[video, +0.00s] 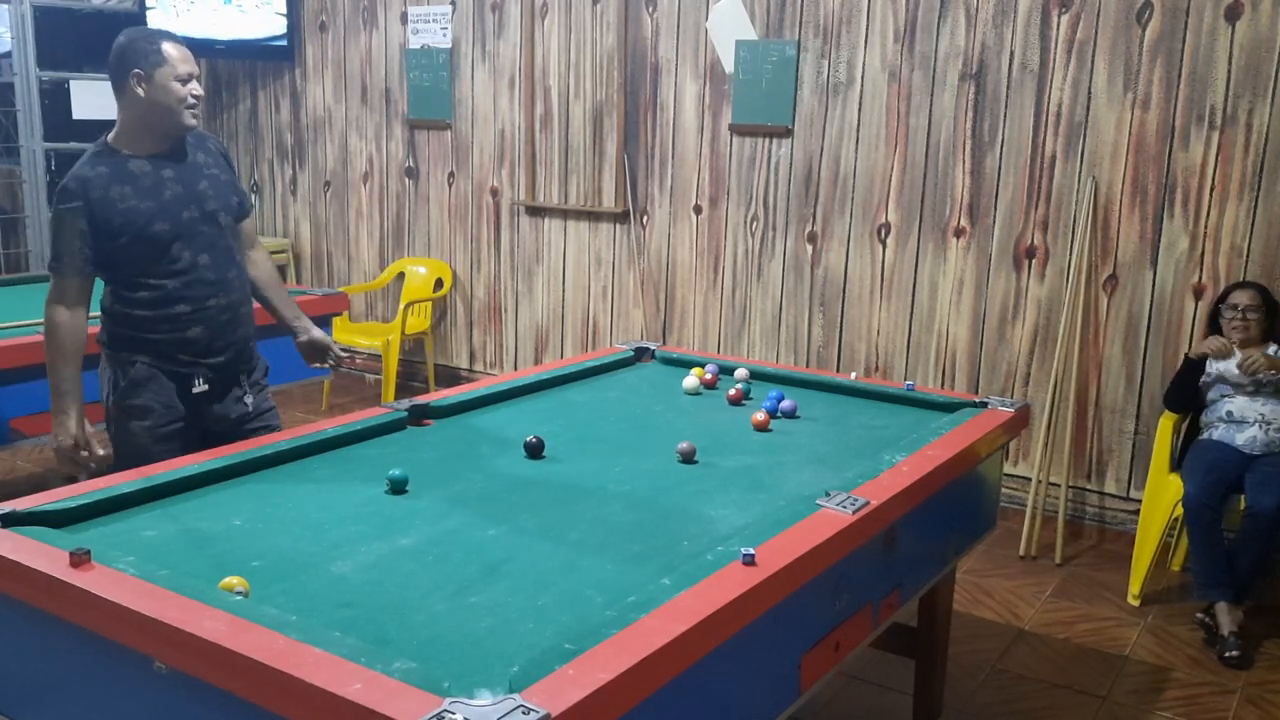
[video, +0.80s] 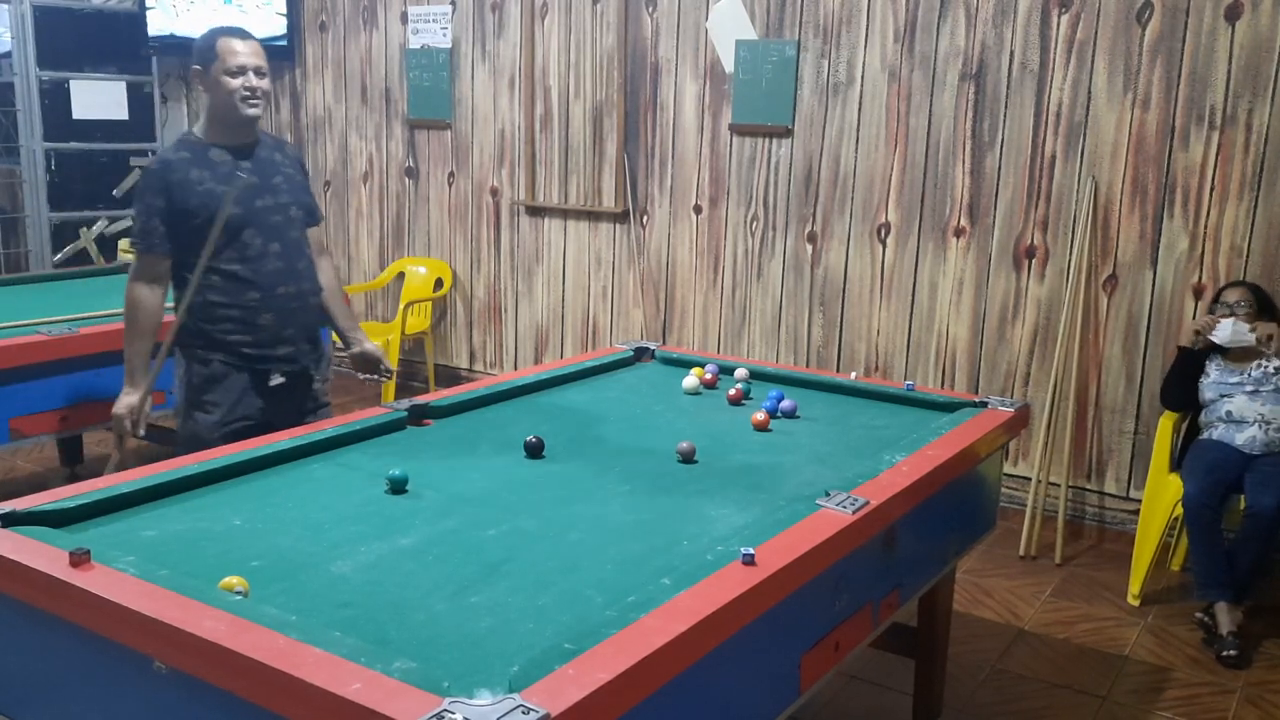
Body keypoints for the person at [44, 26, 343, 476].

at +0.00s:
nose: (198, 93)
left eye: (198, 81)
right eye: (184, 80)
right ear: (138, 84)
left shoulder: (210, 154)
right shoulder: (87, 185)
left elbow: (250, 251)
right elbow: (67, 303)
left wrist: (303, 328)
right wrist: (67, 416)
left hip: (239, 376)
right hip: (149, 388)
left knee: (274, 518)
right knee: (163, 531)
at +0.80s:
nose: (253, 84)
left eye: (261, 74)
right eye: (237, 73)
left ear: (270, 83)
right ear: (201, 81)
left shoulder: (285, 158)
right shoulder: (170, 170)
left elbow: (316, 255)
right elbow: (148, 282)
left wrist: (356, 338)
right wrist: (136, 386)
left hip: (300, 372)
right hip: (220, 378)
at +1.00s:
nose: (276, 87)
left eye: (283, 76)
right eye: (260, 75)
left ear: (292, 84)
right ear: (223, 82)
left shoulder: (300, 163)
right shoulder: (193, 171)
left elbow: (319, 260)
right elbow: (178, 279)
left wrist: (364, 338)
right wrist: (165, 386)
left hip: (315, 364)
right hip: (243, 368)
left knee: (317, 498)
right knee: (254, 503)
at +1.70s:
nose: (319, 94)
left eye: (329, 86)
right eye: (306, 82)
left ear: (339, 94)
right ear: (276, 84)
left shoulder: (341, 167)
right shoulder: (238, 152)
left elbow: (402, 219)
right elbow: (190, 222)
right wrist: (212, 238)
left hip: (325, 350)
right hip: (261, 348)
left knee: (326, 475)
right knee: (282, 474)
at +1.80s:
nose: (320, 94)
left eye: (330, 86)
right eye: (307, 82)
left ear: (340, 94)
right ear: (276, 84)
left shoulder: (346, 162)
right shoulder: (239, 148)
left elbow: (410, 176)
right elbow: (187, 209)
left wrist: (413, 109)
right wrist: (213, 194)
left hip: (325, 350)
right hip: (257, 347)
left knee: (333, 474)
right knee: (284, 473)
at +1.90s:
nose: (319, 94)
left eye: (329, 85)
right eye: (305, 82)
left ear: (339, 94)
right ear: (275, 86)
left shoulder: (348, 156)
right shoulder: (243, 147)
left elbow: (401, 137)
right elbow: (197, 183)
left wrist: (423, 72)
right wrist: (210, 142)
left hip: (328, 350)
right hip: (259, 349)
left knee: (336, 476)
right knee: (277, 480)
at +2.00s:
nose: (318, 95)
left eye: (329, 87)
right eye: (304, 83)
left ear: (337, 96)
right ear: (275, 87)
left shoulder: (345, 153)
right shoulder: (246, 149)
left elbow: (384, 112)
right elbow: (214, 148)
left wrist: (436, 68)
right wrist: (204, 102)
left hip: (334, 351)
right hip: (261, 352)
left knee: (334, 485)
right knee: (267, 488)